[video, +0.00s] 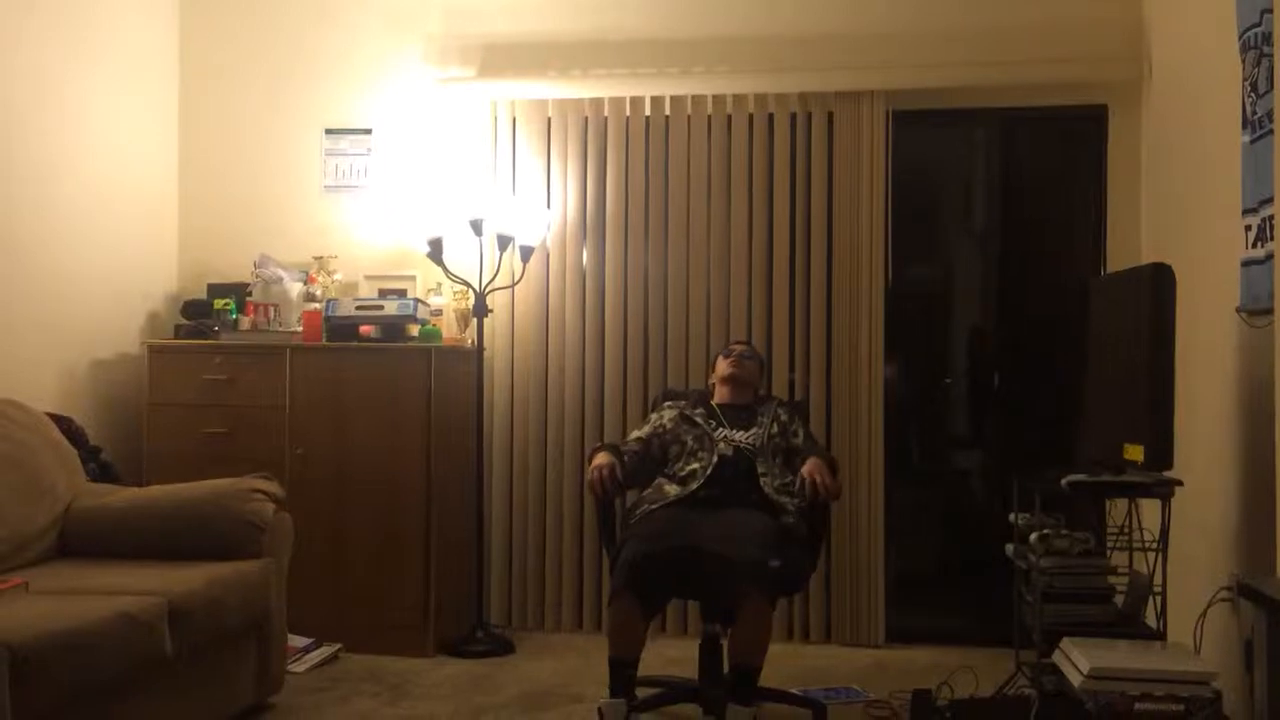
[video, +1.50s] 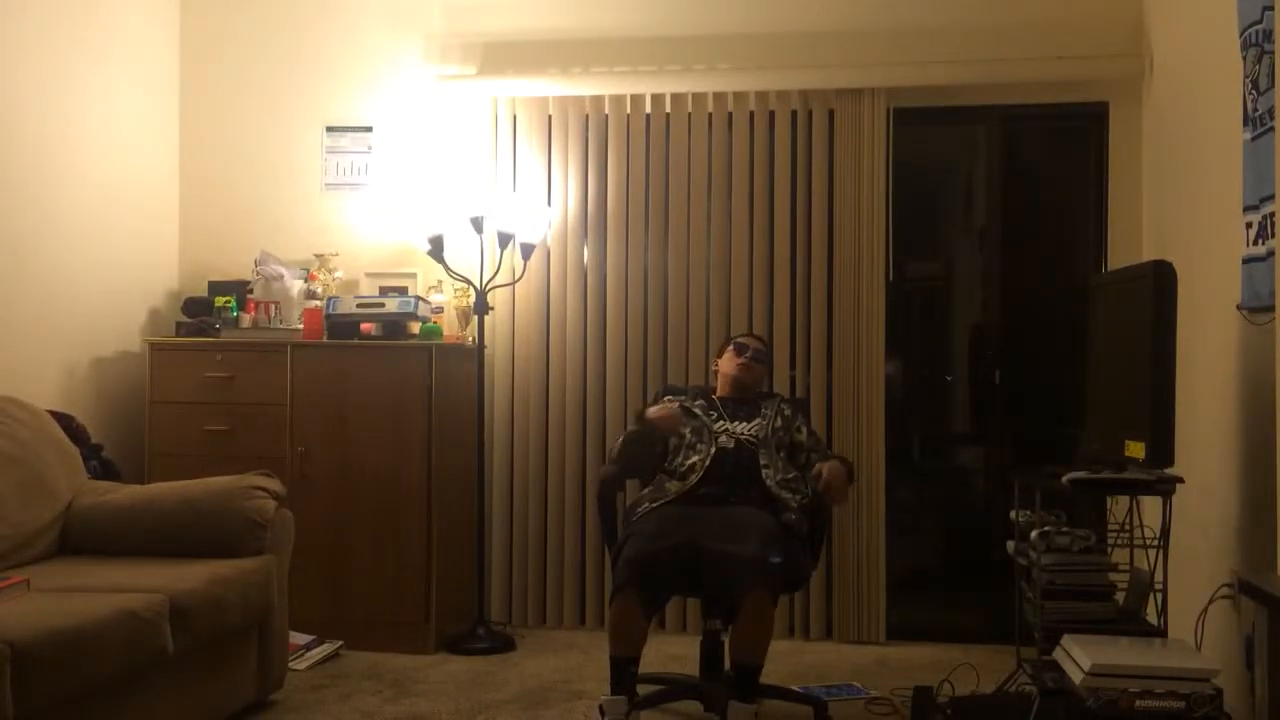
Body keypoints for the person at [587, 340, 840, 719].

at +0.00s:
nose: (738, 354)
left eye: (750, 354)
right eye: (728, 352)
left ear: (761, 380)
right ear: (712, 374)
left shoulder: (781, 416)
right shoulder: (678, 411)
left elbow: (810, 451)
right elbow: (637, 449)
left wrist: (815, 460)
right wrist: (606, 454)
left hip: (752, 513)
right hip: (676, 510)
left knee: (756, 583)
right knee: (635, 570)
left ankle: (741, 706)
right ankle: (619, 699)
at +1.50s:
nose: (748, 359)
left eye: (759, 358)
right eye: (739, 350)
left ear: (766, 377)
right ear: (717, 363)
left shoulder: (782, 412)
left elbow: (815, 457)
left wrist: (835, 465)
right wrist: (648, 424)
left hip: (751, 510)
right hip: (676, 506)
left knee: (758, 582)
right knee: (634, 574)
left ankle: (743, 703)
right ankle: (620, 695)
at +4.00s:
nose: (743, 358)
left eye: (755, 356)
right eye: (734, 351)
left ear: (764, 379)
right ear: (715, 366)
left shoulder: (782, 415)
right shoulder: (674, 407)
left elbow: (825, 458)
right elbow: (631, 457)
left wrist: (821, 459)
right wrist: (690, 462)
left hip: (748, 509)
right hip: (672, 506)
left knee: (757, 577)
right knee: (637, 568)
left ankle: (746, 703)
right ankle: (621, 695)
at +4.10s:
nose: (743, 358)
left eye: (755, 356)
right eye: (735, 351)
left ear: (764, 380)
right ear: (716, 367)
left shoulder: (781, 415)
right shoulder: (674, 407)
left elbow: (825, 457)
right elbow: (632, 458)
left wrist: (820, 460)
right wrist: (690, 464)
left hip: (749, 509)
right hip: (673, 506)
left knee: (757, 577)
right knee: (638, 567)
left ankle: (746, 703)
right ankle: (621, 695)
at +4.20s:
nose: (744, 355)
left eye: (756, 355)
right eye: (735, 350)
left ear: (765, 380)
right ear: (716, 370)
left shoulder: (783, 414)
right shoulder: (675, 407)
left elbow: (825, 458)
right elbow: (632, 459)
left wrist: (821, 460)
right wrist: (691, 467)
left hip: (750, 508)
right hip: (674, 505)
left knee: (757, 576)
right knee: (638, 566)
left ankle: (746, 703)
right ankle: (621, 694)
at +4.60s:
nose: (733, 352)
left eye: (744, 351)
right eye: (724, 350)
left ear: (760, 374)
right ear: (710, 371)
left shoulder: (781, 413)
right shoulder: (674, 409)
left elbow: (825, 458)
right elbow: (634, 462)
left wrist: (821, 460)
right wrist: (691, 469)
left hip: (750, 508)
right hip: (674, 506)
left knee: (757, 576)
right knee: (637, 566)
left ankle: (746, 704)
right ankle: (621, 695)